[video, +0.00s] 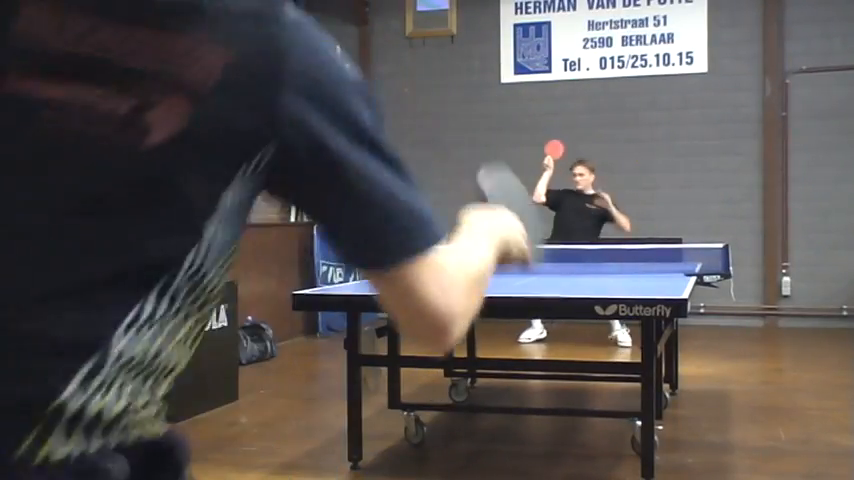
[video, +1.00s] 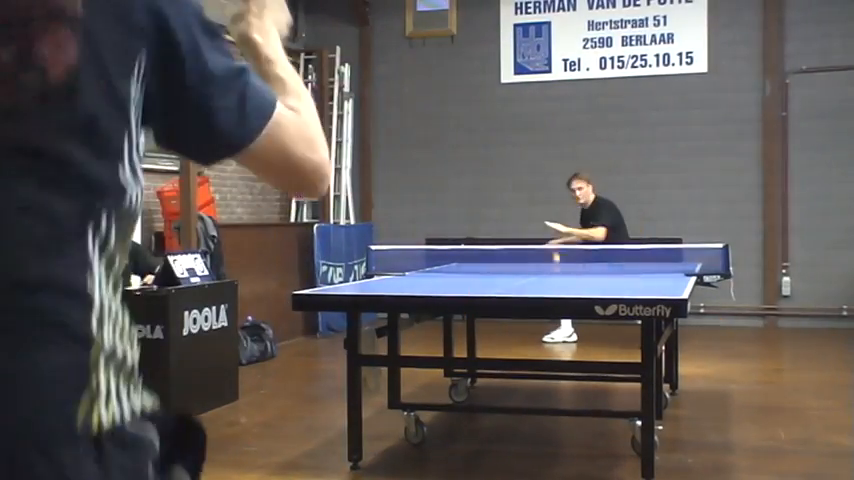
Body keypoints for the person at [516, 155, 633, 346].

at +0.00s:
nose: (577, 179)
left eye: (581, 175)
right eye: (574, 175)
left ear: (592, 177)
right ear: (571, 177)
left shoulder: (600, 200)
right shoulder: (563, 196)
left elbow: (626, 227)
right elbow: (537, 197)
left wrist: (610, 207)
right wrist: (548, 171)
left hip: (588, 256)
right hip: (557, 254)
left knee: (605, 288)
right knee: (533, 281)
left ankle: (618, 328)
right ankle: (537, 326)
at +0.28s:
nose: (593, 177)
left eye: (598, 173)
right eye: (590, 173)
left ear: (605, 177)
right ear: (584, 176)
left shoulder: (612, 203)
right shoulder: (572, 196)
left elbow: (630, 235)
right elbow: (546, 208)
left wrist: (628, 232)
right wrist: (556, 183)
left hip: (598, 258)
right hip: (566, 257)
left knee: (625, 282)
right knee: (541, 281)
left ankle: (631, 325)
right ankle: (537, 328)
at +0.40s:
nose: (601, 175)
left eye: (605, 171)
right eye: (597, 171)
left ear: (613, 174)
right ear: (592, 175)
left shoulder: (623, 198)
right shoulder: (583, 198)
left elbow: (642, 225)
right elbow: (561, 222)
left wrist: (635, 233)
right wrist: (561, 206)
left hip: (615, 255)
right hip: (581, 256)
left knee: (635, 286)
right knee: (554, 279)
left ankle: (647, 328)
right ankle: (540, 327)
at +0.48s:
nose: (604, 175)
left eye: (608, 171)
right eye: (600, 172)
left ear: (616, 174)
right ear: (595, 175)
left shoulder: (628, 197)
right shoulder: (588, 199)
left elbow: (649, 222)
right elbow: (570, 229)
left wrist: (638, 238)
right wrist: (566, 218)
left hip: (622, 256)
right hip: (590, 256)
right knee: (561, 272)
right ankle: (555, 323)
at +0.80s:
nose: (589, 173)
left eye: (593, 168)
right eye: (585, 170)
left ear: (601, 169)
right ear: (581, 172)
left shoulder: (616, 190)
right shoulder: (580, 196)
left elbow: (641, 215)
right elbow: (575, 222)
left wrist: (619, 234)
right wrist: (568, 235)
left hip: (621, 253)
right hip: (592, 253)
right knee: (567, 271)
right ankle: (568, 326)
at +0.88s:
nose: (583, 183)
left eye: (586, 178)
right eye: (579, 180)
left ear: (595, 178)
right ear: (575, 183)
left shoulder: (610, 198)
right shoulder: (580, 203)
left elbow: (630, 227)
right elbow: (577, 232)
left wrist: (597, 239)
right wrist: (561, 242)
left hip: (612, 256)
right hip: (589, 256)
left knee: (563, 270)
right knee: (558, 269)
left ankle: (566, 326)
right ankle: (565, 326)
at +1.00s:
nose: (577, 194)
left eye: (580, 189)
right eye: (573, 191)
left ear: (590, 188)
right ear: (571, 193)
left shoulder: (604, 207)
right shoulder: (585, 211)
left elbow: (600, 235)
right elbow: (585, 237)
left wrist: (567, 230)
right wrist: (561, 242)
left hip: (619, 258)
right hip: (599, 258)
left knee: (563, 275)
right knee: (561, 270)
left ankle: (566, 326)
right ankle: (566, 326)